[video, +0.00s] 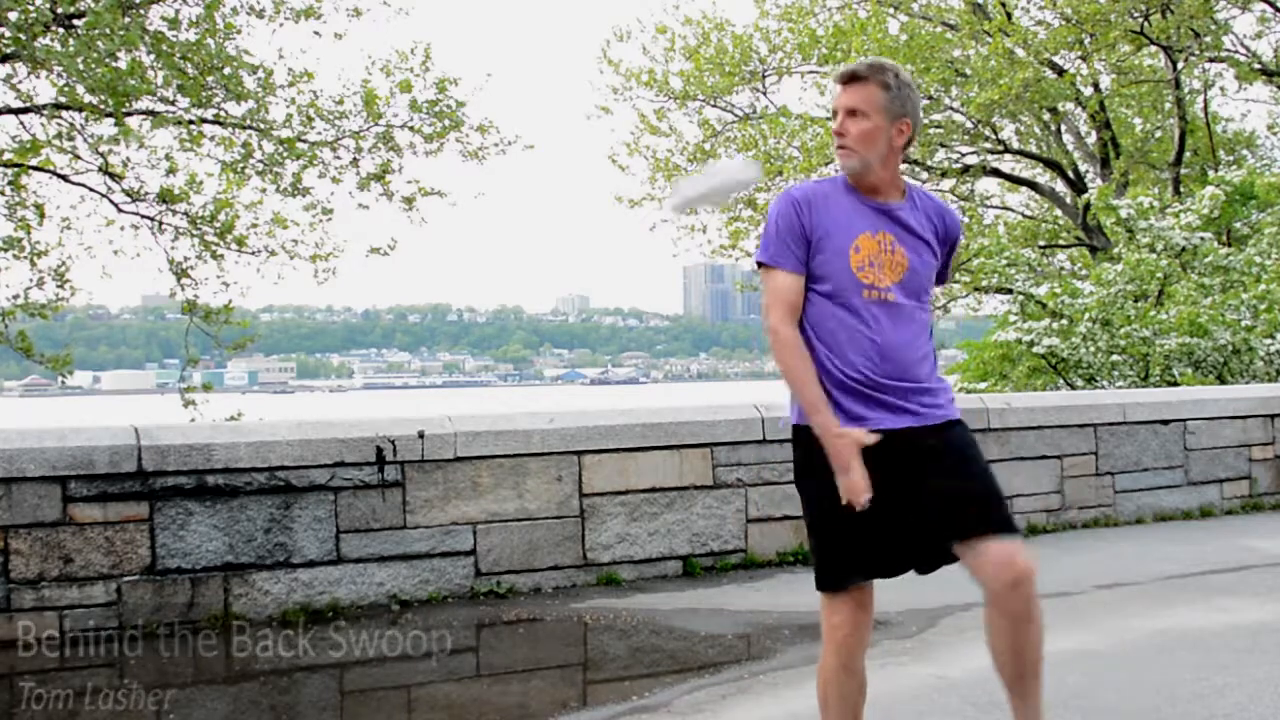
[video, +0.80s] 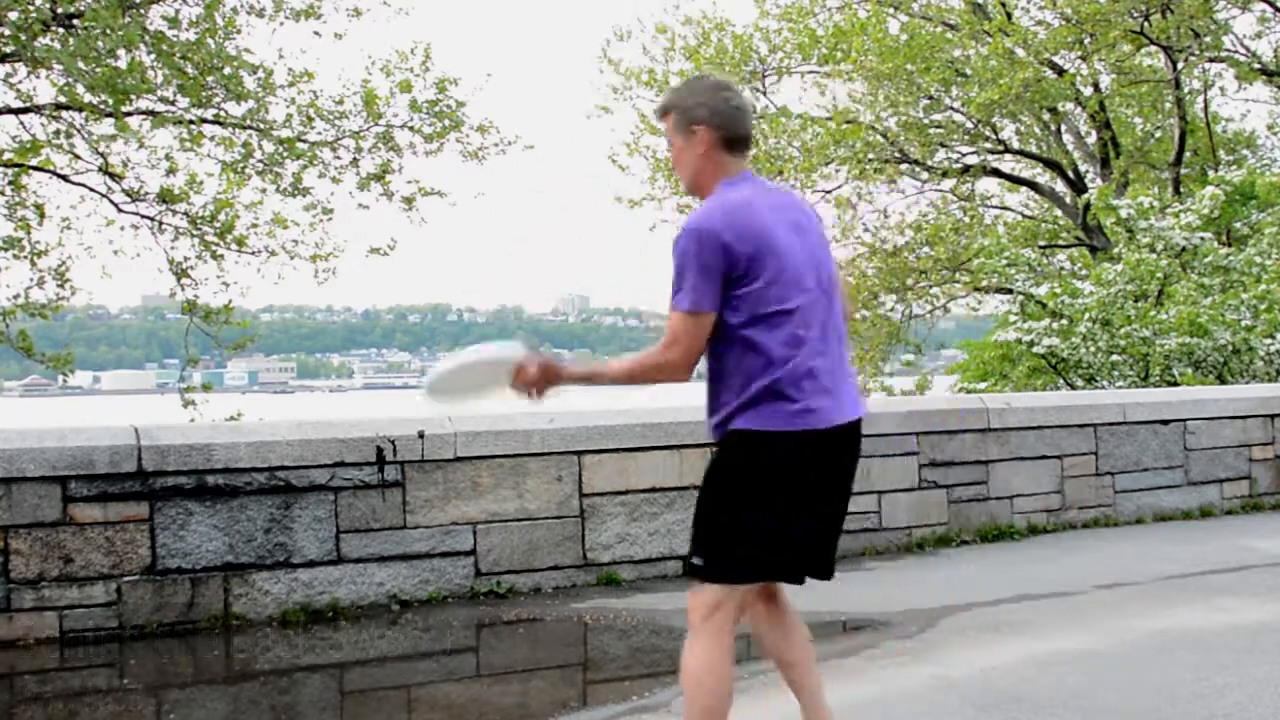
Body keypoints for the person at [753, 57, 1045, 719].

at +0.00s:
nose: (838, 128)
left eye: (855, 117)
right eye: (835, 116)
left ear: (901, 134)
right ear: (833, 125)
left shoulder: (940, 221)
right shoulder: (800, 206)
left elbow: (908, 319)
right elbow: (780, 324)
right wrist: (832, 434)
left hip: (929, 427)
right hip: (835, 434)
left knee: (1012, 571)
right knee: (846, 625)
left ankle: (1029, 715)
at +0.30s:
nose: (818, 119)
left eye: (834, 108)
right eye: (823, 107)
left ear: (877, 128)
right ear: (861, 128)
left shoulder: (934, 209)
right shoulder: (792, 215)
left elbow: (974, 322)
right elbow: (774, 326)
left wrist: (890, 337)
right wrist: (787, 409)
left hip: (922, 447)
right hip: (829, 451)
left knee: (954, 615)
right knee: (806, 618)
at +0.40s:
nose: (799, 130)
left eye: (813, 119)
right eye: (804, 118)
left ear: (855, 137)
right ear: (845, 137)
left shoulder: (898, 210)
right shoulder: (786, 222)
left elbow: (878, 325)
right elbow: (771, 325)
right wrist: (755, 406)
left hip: (899, 446)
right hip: (811, 450)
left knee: (926, 631)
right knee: (790, 624)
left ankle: (975, 715)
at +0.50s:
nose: (775, 145)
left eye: (788, 133)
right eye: (779, 132)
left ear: (830, 148)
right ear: (820, 149)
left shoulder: (853, 223)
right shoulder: (785, 231)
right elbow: (783, 344)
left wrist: (680, 234)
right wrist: (733, 409)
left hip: (864, 448)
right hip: (799, 452)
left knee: (842, 640)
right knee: (778, 626)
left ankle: (938, 711)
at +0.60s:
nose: (745, 151)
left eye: (756, 138)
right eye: (746, 138)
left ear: (797, 147)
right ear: (795, 150)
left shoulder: (802, 225)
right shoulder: (815, 228)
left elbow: (693, 306)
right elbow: (803, 352)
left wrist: (605, 231)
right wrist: (733, 405)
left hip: (828, 449)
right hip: (825, 448)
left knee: (750, 619)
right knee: (783, 623)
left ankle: (846, 713)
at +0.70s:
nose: (706, 151)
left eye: (713, 136)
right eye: (705, 138)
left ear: (754, 138)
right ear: (761, 140)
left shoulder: (756, 221)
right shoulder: (812, 215)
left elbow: (686, 335)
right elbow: (821, 337)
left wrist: (577, 298)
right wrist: (752, 400)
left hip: (797, 437)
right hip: (844, 435)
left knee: (716, 601)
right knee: (780, 610)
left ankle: (746, 715)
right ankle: (840, 716)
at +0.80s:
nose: (669, 158)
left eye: (671, 142)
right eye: (667, 143)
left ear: (702, 137)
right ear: (723, 138)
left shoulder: (710, 226)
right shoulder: (796, 208)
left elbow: (677, 360)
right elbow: (837, 311)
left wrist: (564, 372)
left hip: (766, 434)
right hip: (833, 427)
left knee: (711, 608)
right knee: (761, 595)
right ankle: (819, 713)